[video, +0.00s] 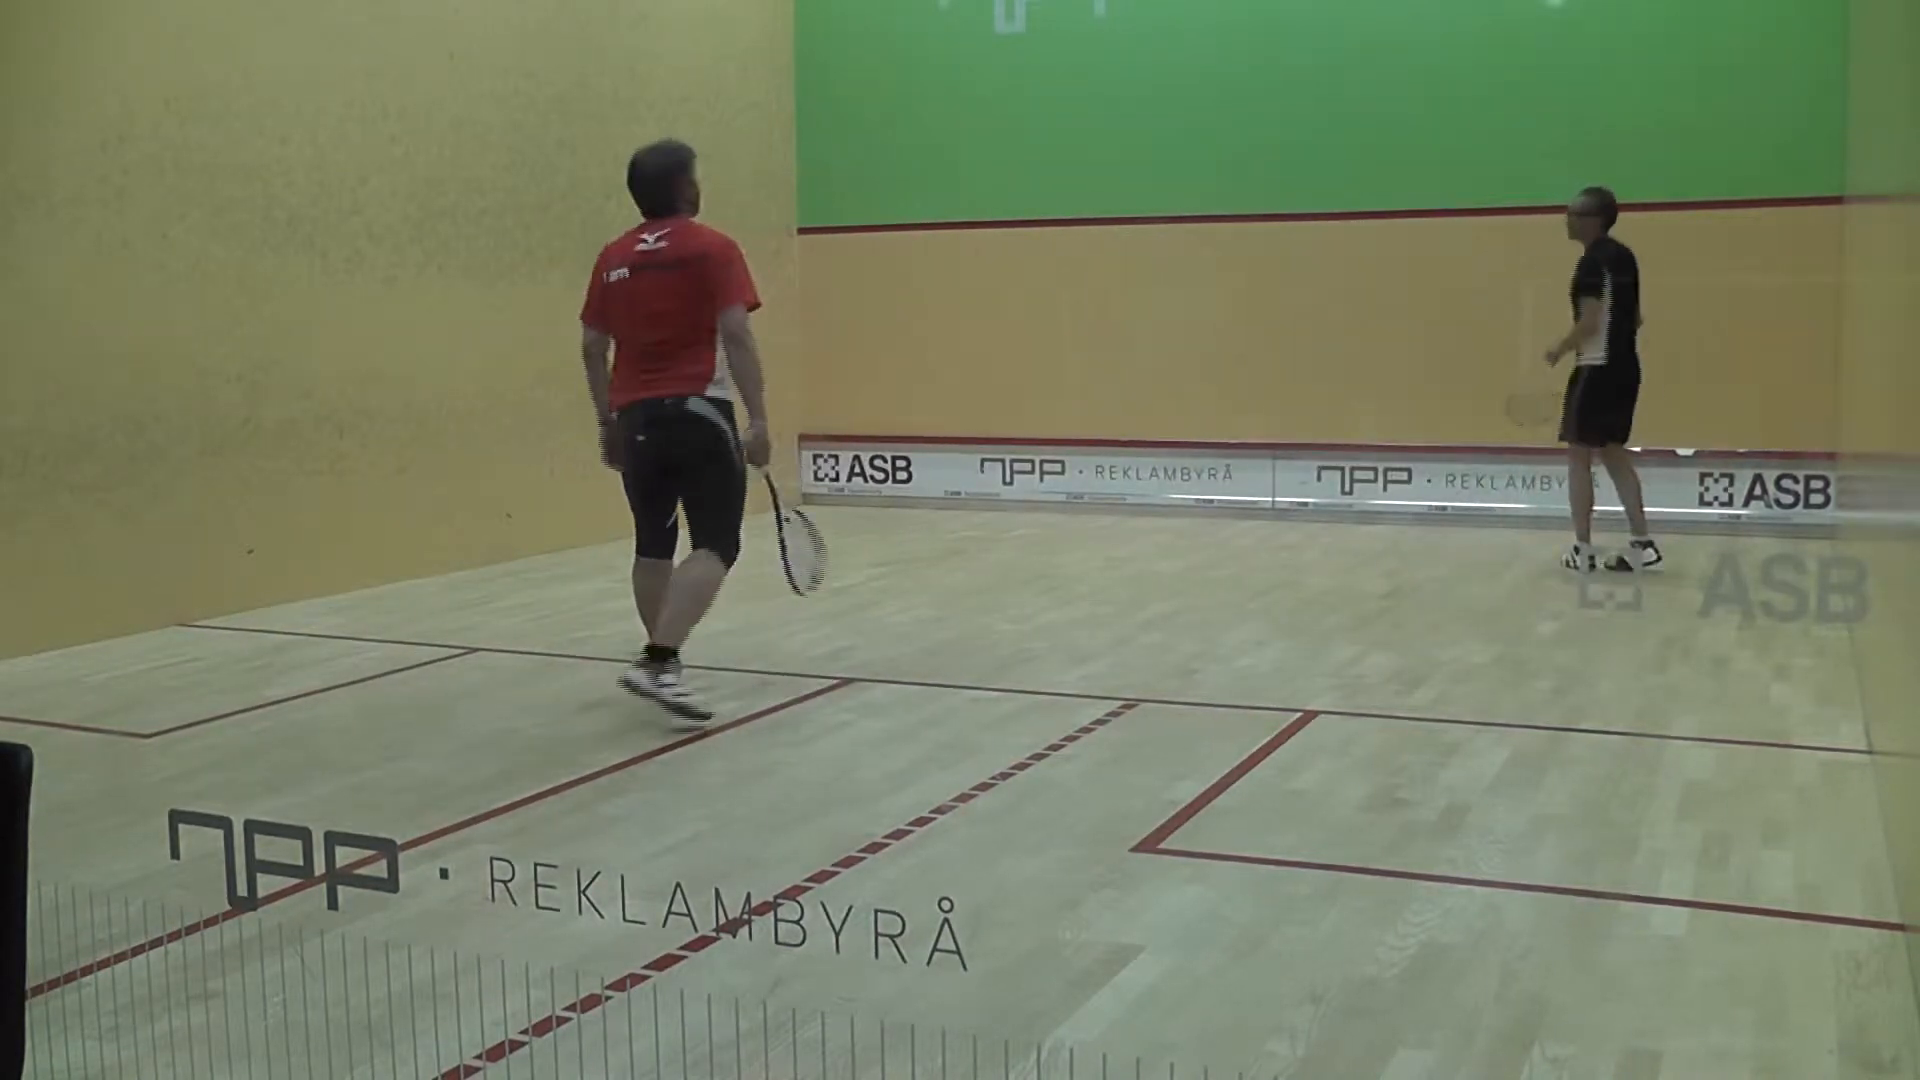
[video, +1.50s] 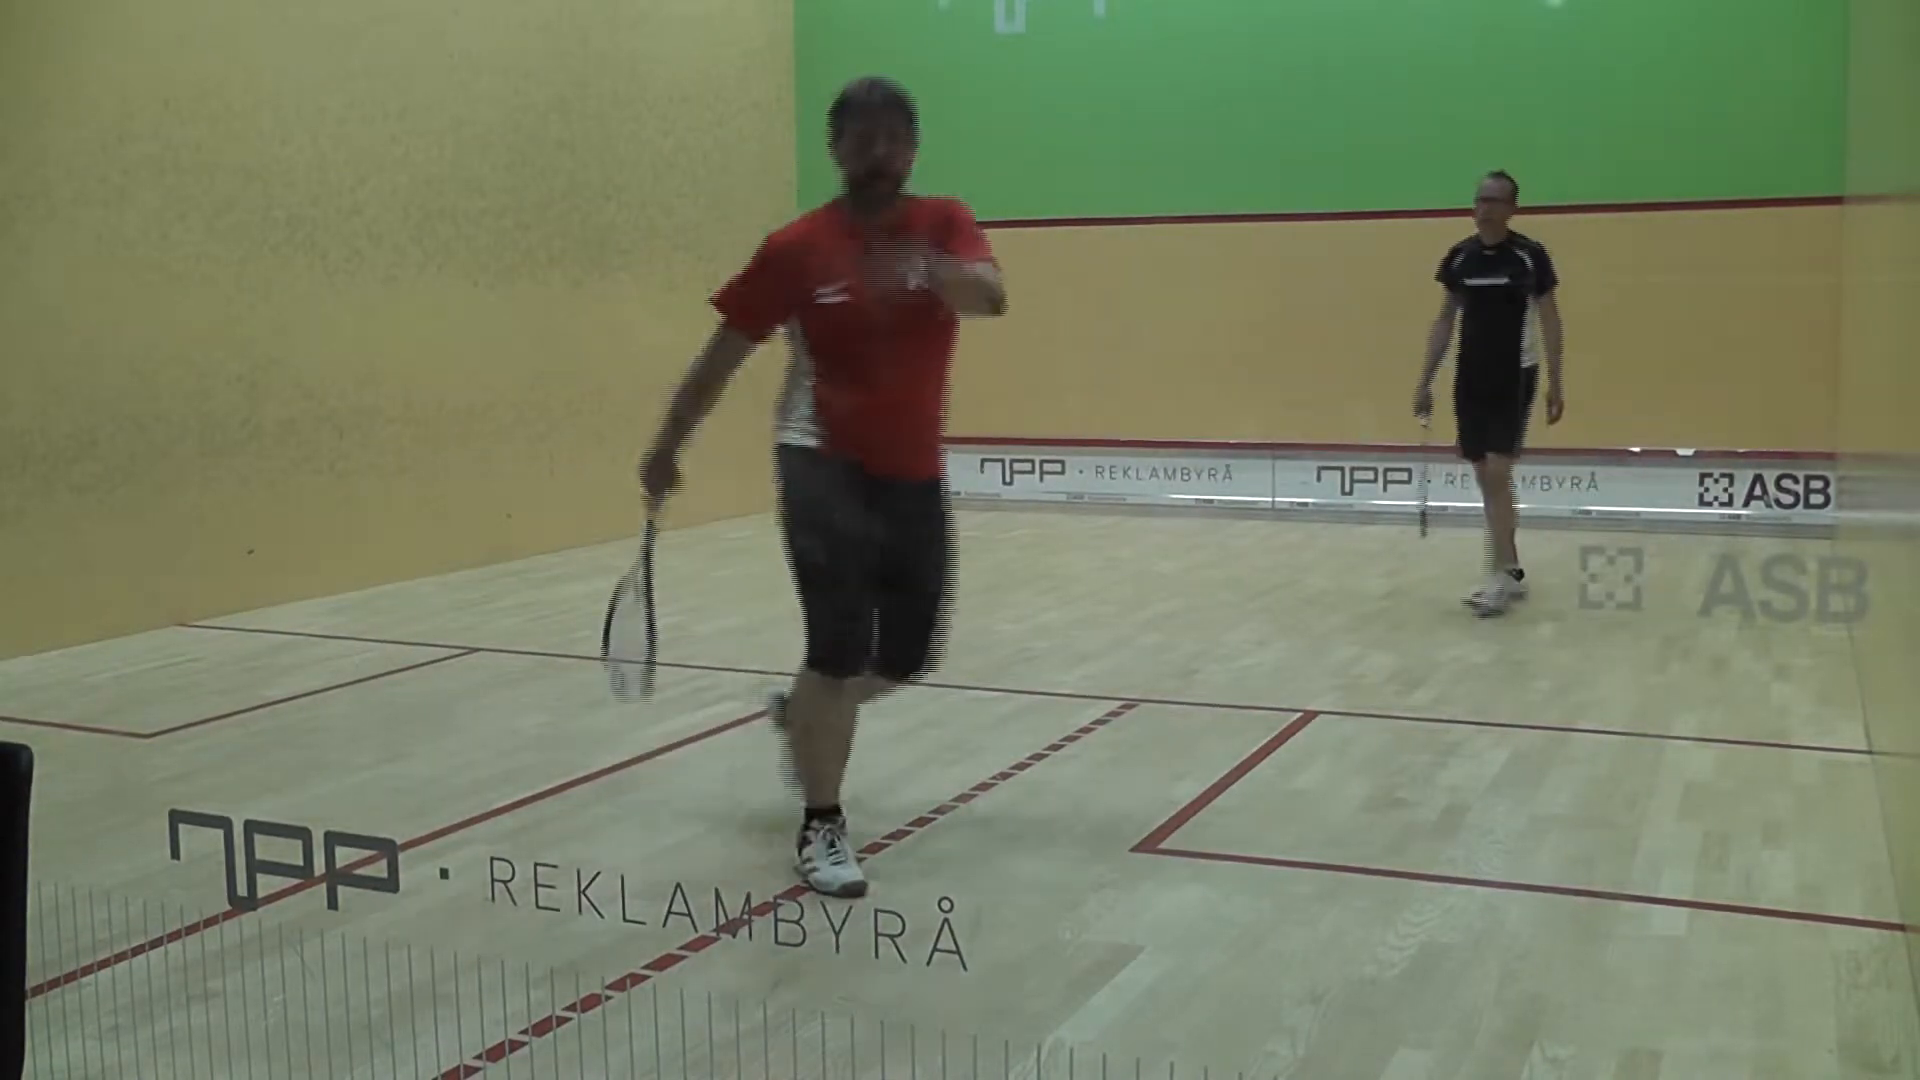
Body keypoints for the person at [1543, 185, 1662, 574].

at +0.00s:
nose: (1567, 220)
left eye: (1574, 214)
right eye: (1569, 213)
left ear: (1594, 220)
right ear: (1600, 220)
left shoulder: (1591, 261)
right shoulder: (1624, 256)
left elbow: (1591, 321)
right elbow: (1635, 319)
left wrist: (1560, 347)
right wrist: (1600, 341)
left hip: (1595, 370)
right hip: (1623, 369)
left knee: (1579, 457)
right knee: (1614, 452)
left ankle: (1582, 548)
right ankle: (1643, 542)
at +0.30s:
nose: (1582, 216)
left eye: (1591, 210)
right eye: (1582, 208)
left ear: (1612, 215)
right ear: (1585, 213)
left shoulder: (1621, 257)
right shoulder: (1596, 259)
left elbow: (1628, 323)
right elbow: (1596, 323)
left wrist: (1596, 366)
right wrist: (1578, 364)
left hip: (1621, 367)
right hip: (1604, 367)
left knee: (1595, 454)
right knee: (1612, 451)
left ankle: (1613, 551)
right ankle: (1640, 543)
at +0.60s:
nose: (1587, 216)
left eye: (1597, 211)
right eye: (1585, 209)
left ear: (1616, 217)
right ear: (1582, 212)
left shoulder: (1630, 263)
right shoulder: (1580, 262)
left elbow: (1642, 328)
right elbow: (1581, 326)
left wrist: (1634, 387)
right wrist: (1568, 376)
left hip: (1615, 376)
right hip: (1584, 375)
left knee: (1602, 462)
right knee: (1584, 458)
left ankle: (1621, 552)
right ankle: (1628, 535)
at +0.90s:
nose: (1566, 213)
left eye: (1575, 207)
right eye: (1562, 206)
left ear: (1593, 213)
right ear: (1556, 211)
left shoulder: (1613, 257)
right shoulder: (1552, 262)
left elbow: (1638, 319)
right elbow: (1552, 322)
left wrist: (1647, 382)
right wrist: (1534, 373)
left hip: (1604, 375)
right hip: (1560, 374)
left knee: (1604, 465)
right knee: (1533, 456)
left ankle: (1619, 558)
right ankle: (1544, 557)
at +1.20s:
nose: (1521, 219)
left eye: (1530, 212)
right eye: (1517, 211)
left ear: (1549, 217)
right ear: (1512, 216)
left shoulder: (1572, 264)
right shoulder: (1507, 268)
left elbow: (1595, 326)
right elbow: (1501, 332)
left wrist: (1597, 388)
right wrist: (1481, 389)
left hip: (1560, 387)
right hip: (1515, 387)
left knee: (1573, 478)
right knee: (1501, 473)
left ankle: (1610, 546)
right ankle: (1512, 571)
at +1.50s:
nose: (1485, 207)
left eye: (1495, 201)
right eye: (1480, 200)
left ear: (1512, 207)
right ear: (1473, 205)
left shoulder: (1531, 257)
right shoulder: (1460, 258)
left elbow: (1550, 320)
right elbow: (1445, 320)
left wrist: (1555, 383)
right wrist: (1425, 381)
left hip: (1514, 372)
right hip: (1471, 372)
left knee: (1496, 472)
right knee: (1485, 474)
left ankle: (1504, 573)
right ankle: (1508, 567)